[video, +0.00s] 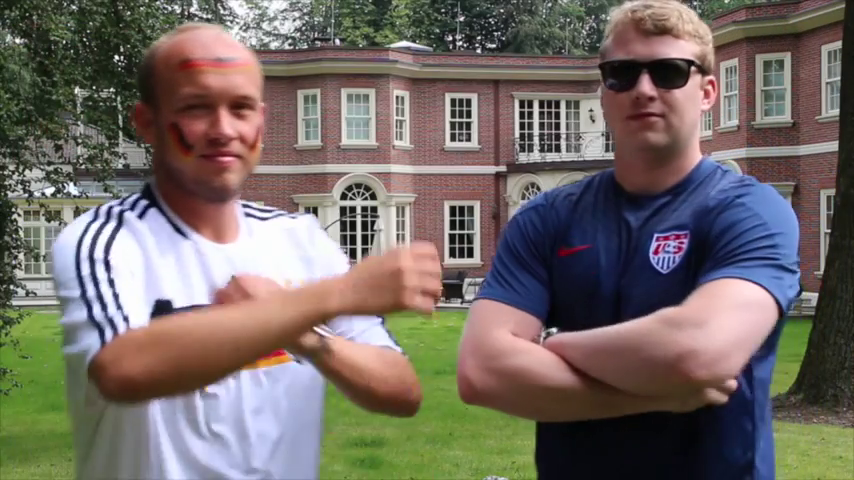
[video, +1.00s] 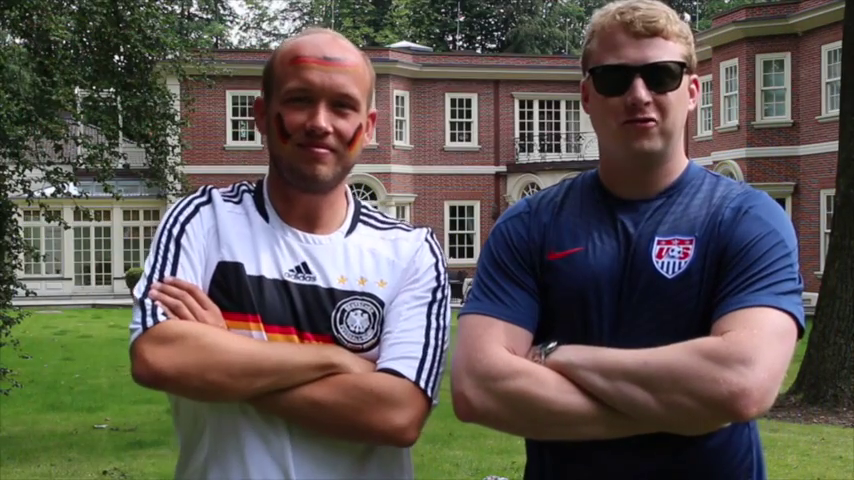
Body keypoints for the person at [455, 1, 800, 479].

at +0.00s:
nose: (643, 89)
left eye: (668, 72)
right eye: (622, 74)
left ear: (707, 93)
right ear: (602, 95)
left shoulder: (751, 211)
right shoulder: (542, 221)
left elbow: (696, 357)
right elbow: (481, 372)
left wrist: (550, 345)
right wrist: (655, 394)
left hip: (712, 471)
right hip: (571, 472)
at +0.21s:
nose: (643, 86)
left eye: (665, 70)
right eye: (620, 71)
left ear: (696, 93)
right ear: (593, 95)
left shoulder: (751, 217)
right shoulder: (531, 224)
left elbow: (746, 376)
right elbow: (482, 381)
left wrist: (560, 350)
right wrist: (669, 395)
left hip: (713, 472)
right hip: (566, 473)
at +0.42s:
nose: (644, 88)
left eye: (666, 72)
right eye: (620, 73)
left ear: (695, 94)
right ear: (592, 96)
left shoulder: (751, 216)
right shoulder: (529, 224)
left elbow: (751, 372)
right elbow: (483, 379)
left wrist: (560, 349)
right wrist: (676, 395)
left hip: (713, 472)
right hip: (565, 473)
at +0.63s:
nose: (640, 93)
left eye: (661, 75)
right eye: (616, 76)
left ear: (692, 94)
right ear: (587, 96)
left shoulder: (749, 218)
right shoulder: (528, 226)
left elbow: (747, 382)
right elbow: (481, 388)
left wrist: (556, 357)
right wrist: (668, 407)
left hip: (712, 473)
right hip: (565, 473)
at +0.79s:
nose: (638, 96)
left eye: (660, 77)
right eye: (614, 79)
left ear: (692, 92)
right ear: (587, 97)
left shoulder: (748, 219)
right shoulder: (528, 226)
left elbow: (743, 386)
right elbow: (479, 389)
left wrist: (555, 359)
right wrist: (666, 408)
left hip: (710, 473)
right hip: (564, 473)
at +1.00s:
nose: (638, 95)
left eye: (660, 76)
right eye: (614, 78)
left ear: (692, 92)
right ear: (587, 97)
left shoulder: (748, 219)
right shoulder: (526, 226)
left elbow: (743, 385)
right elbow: (477, 389)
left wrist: (556, 358)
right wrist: (666, 408)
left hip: (710, 473)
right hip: (563, 473)